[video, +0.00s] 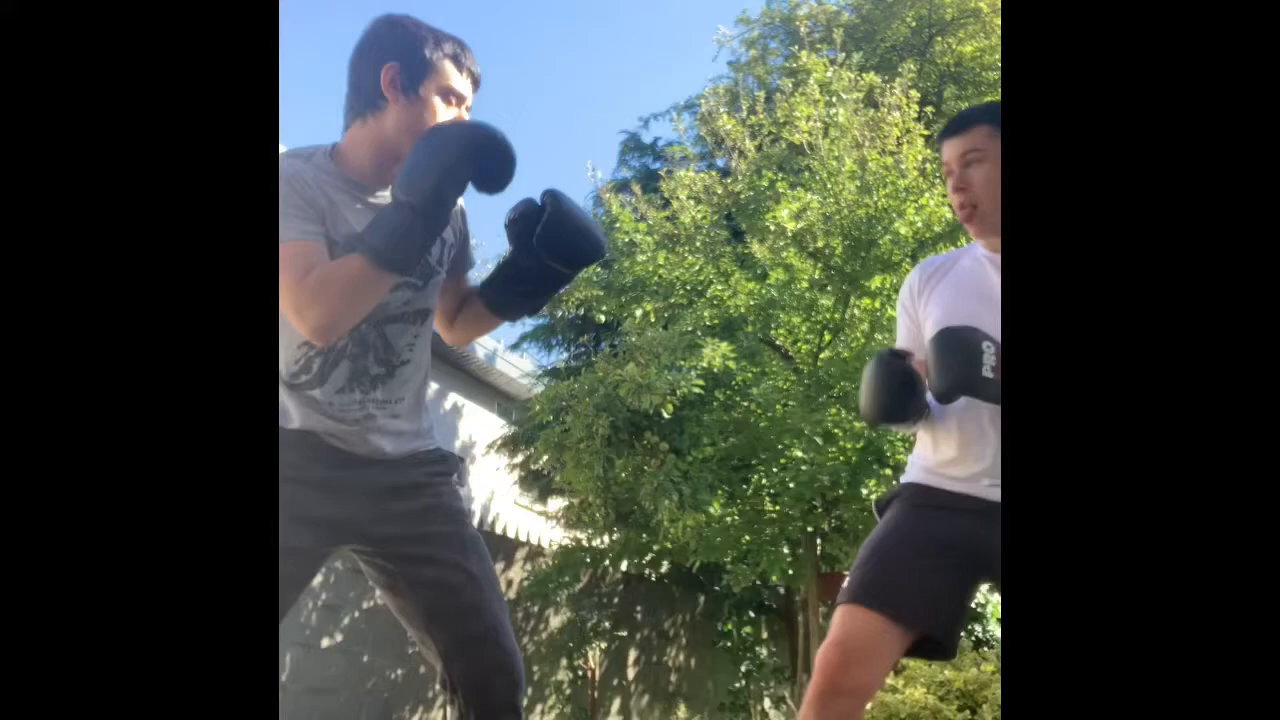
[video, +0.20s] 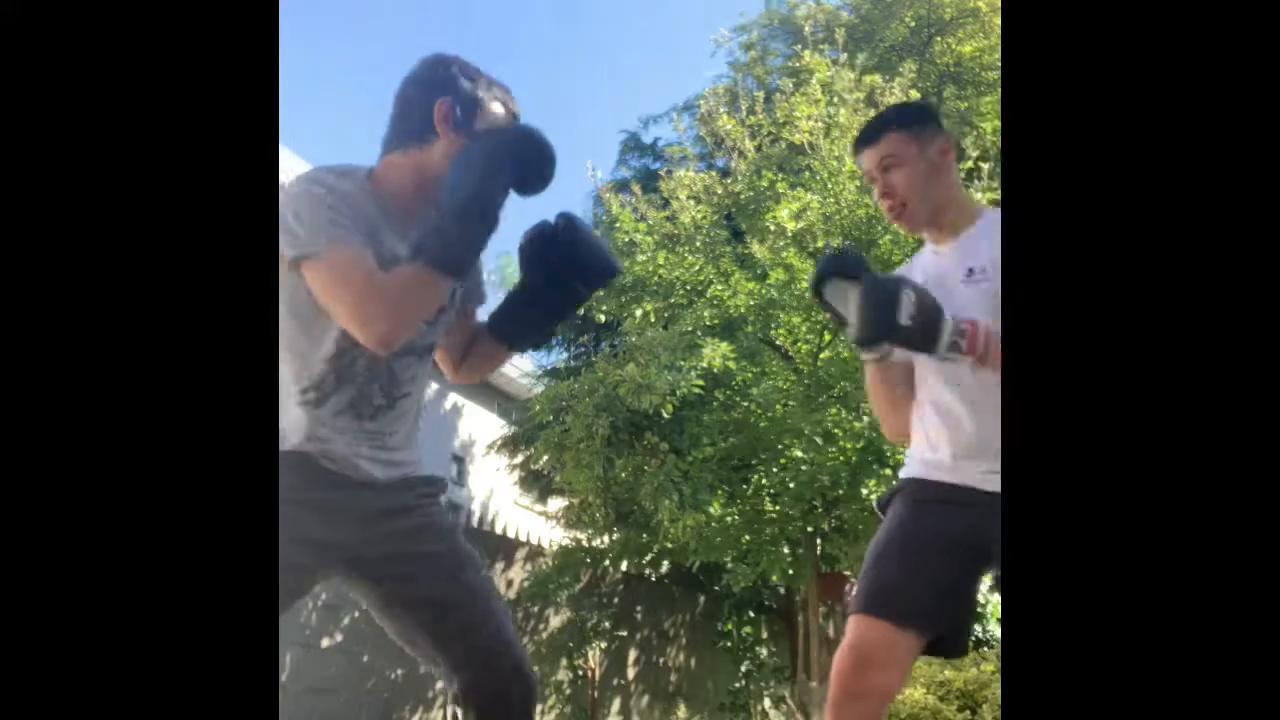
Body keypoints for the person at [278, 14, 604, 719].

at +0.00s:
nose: (464, 122)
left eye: (468, 107)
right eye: (453, 99)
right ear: (393, 82)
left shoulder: (440, 207)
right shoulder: (295, 178)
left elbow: (455, 324)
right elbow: (317, 315)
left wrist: (522, 280)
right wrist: (416, 204)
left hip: (410, 467)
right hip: (300, 457)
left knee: (493, 672)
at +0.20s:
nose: (499, 158)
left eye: (505, 141)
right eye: (494, 135)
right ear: (445, 118)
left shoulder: (457, 239)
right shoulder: (315, 197)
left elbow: (463, 362)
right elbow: (381, 323)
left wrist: (537, 301)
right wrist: (469, 211)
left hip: (400, 500)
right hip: (297, 481)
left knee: (505, 687)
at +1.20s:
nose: (621, 292)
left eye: (625, 285)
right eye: (618, 270)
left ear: (596, 304)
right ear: (582, 252)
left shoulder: (520, 366)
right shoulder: (519, 256)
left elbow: (490, 485)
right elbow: (653, 216)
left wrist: (615, 422)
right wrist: (794, 196)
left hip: (418, 516)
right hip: (345, 466)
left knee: (525, 689)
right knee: (270, 643)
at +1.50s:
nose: (694, 255)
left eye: (697, 248)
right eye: (685, 235)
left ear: (673, 263)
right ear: (635, 222)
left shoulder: (649, 321)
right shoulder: (545, 235)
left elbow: (761, 289)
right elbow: (454, 155)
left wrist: (863, 223)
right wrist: (566, 163)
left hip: (503, 488)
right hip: (418, 446)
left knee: (607, 661)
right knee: (315, 667)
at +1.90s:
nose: (590, 224)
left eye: (595, 215)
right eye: (578, 205)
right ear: (528, 198)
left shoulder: (573, 325)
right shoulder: (438, 270)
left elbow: (567, 452)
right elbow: (405, 364)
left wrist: (636, 409)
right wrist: (502, 289)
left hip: (510, 531)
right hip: (404, 515)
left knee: (602, 698)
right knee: (306, 698)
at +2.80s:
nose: (379, 226)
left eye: (386, 217)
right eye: (367, 208)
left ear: (387, 226)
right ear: (316, 199)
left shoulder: (372, 296)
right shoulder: (283, 276)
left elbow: (418, 407)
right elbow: (284, 376)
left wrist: (454, 320)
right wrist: (305, 302)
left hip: (338, 507)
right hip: (289, 500)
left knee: (400, 693)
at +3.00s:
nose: (359, 207)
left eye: (366, 196)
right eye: (348, 188)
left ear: (368, 201)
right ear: (293, 173)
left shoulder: (357, 270)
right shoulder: (284, 256)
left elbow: (436, 360)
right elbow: (284, 345)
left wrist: (498, 303)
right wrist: (299, 271)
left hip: (321, 488)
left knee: (372, 670)